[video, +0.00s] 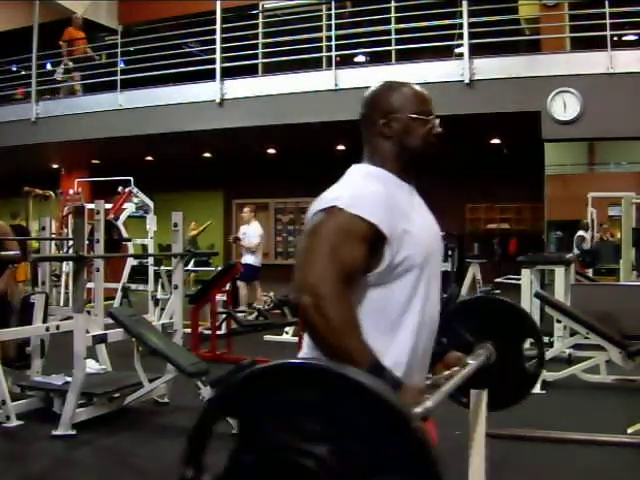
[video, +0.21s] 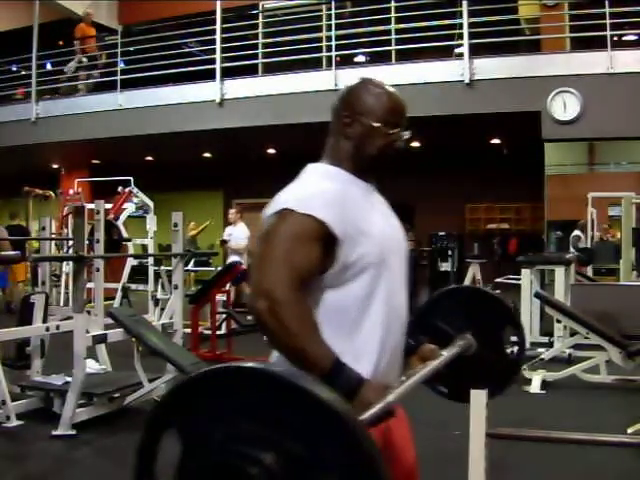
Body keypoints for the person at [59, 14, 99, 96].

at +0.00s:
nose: (79, 21)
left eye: (80, 19)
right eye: (77, 19)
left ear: (81, 20)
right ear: (73, 20)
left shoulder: (81, 33)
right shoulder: (69, 31)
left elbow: (85, 47)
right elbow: (64, 45)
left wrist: (93, 55)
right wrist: (65, 58)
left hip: (81, 58)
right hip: (72, 58)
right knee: (76, 77)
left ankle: (63, 93)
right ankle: (79, 93)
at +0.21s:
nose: (91, 18)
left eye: (91, 15)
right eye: (89, 15)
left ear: (92, 17)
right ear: (84, 16)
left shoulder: (92, 28)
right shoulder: (80, 27)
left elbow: (93, 43)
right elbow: (77, 42)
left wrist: (96, 52)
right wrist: (79, 54)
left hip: (93, 54)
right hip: (84, 54)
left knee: (93, 72)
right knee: (83, 72)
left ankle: (90, 89)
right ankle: (82, 90)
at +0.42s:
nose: (102, 18)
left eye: (103, 16)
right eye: (101, 16)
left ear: (105, 17)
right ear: (97, 16)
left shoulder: (104, 29)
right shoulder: (92, 26)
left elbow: (105, 41)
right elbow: (90, 41)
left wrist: (105, 50)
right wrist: (94, 51)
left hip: (102, 52)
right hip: (95, 52)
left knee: (105, 71)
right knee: (89, 71)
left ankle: (109, 89)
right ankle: (84, 90)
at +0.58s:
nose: (115, 17)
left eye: (115, 15)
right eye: (113, 15)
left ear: (115, 16)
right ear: (110, 16)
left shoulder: (115, 26)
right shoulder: (104, 26)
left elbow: (116, 40)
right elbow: (100, 40)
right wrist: (104, 50)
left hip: (114, 52)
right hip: (105, 51)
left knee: (116, 70)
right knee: (104, 69)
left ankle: (116, 88)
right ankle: (91, 89)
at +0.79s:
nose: (127, 13)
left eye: (128, 11)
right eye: (125, 11)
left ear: (130, 12)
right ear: (122, 11)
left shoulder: (129, 24)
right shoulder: (117, 22)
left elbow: (132, 41)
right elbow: (111, 35)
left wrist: (137, 52)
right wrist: (113, 47)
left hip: (128, 49)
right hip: (120, 50)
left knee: (125, 69)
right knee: (122, 68)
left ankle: (121, 87)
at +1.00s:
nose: (139, 12)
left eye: (140, 9)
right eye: (137, 9)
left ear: (142, 10)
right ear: (133, 10)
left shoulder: (141, 22)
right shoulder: (128, 20)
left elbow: (146, 38)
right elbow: (122, 34)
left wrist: (154, 48)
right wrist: (124, 48)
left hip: (140, 49)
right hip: (132, 48)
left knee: (128, 70)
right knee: (137, 69)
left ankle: (122, 87)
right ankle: (141, 88)